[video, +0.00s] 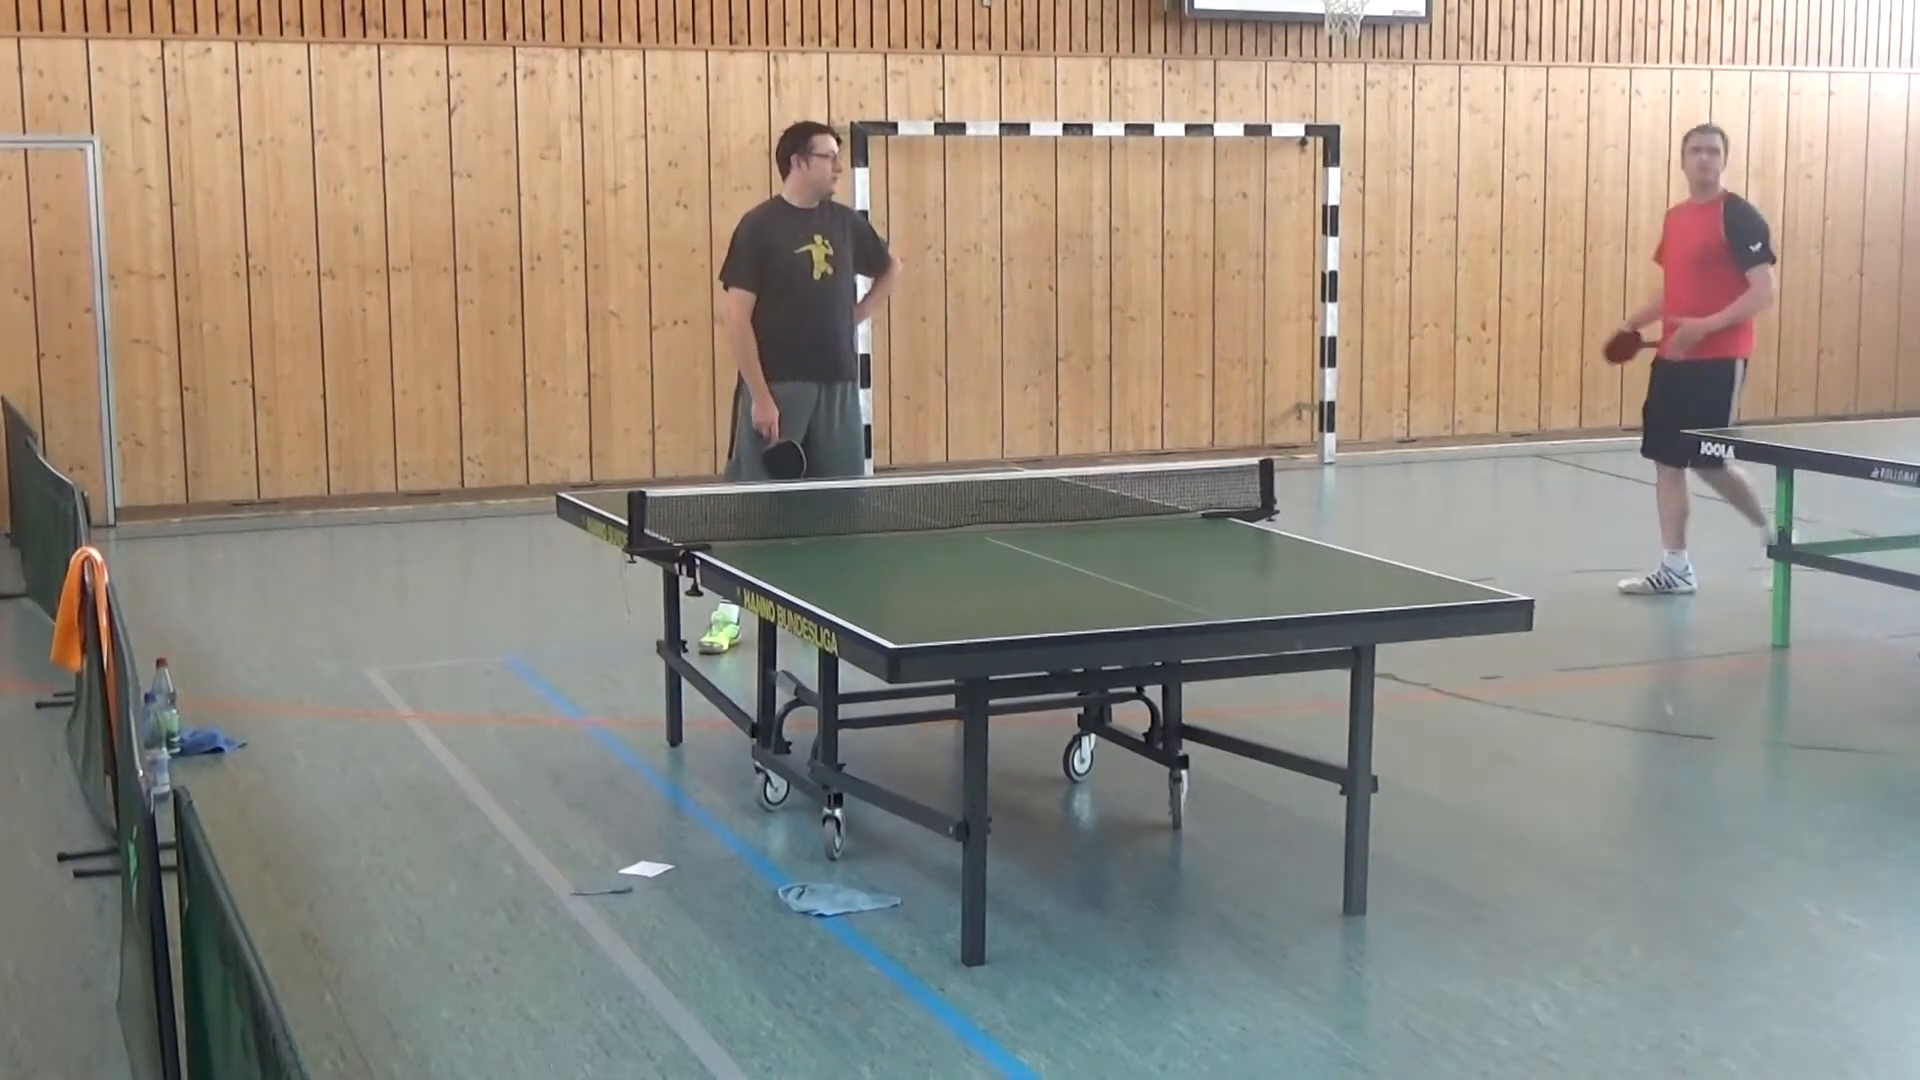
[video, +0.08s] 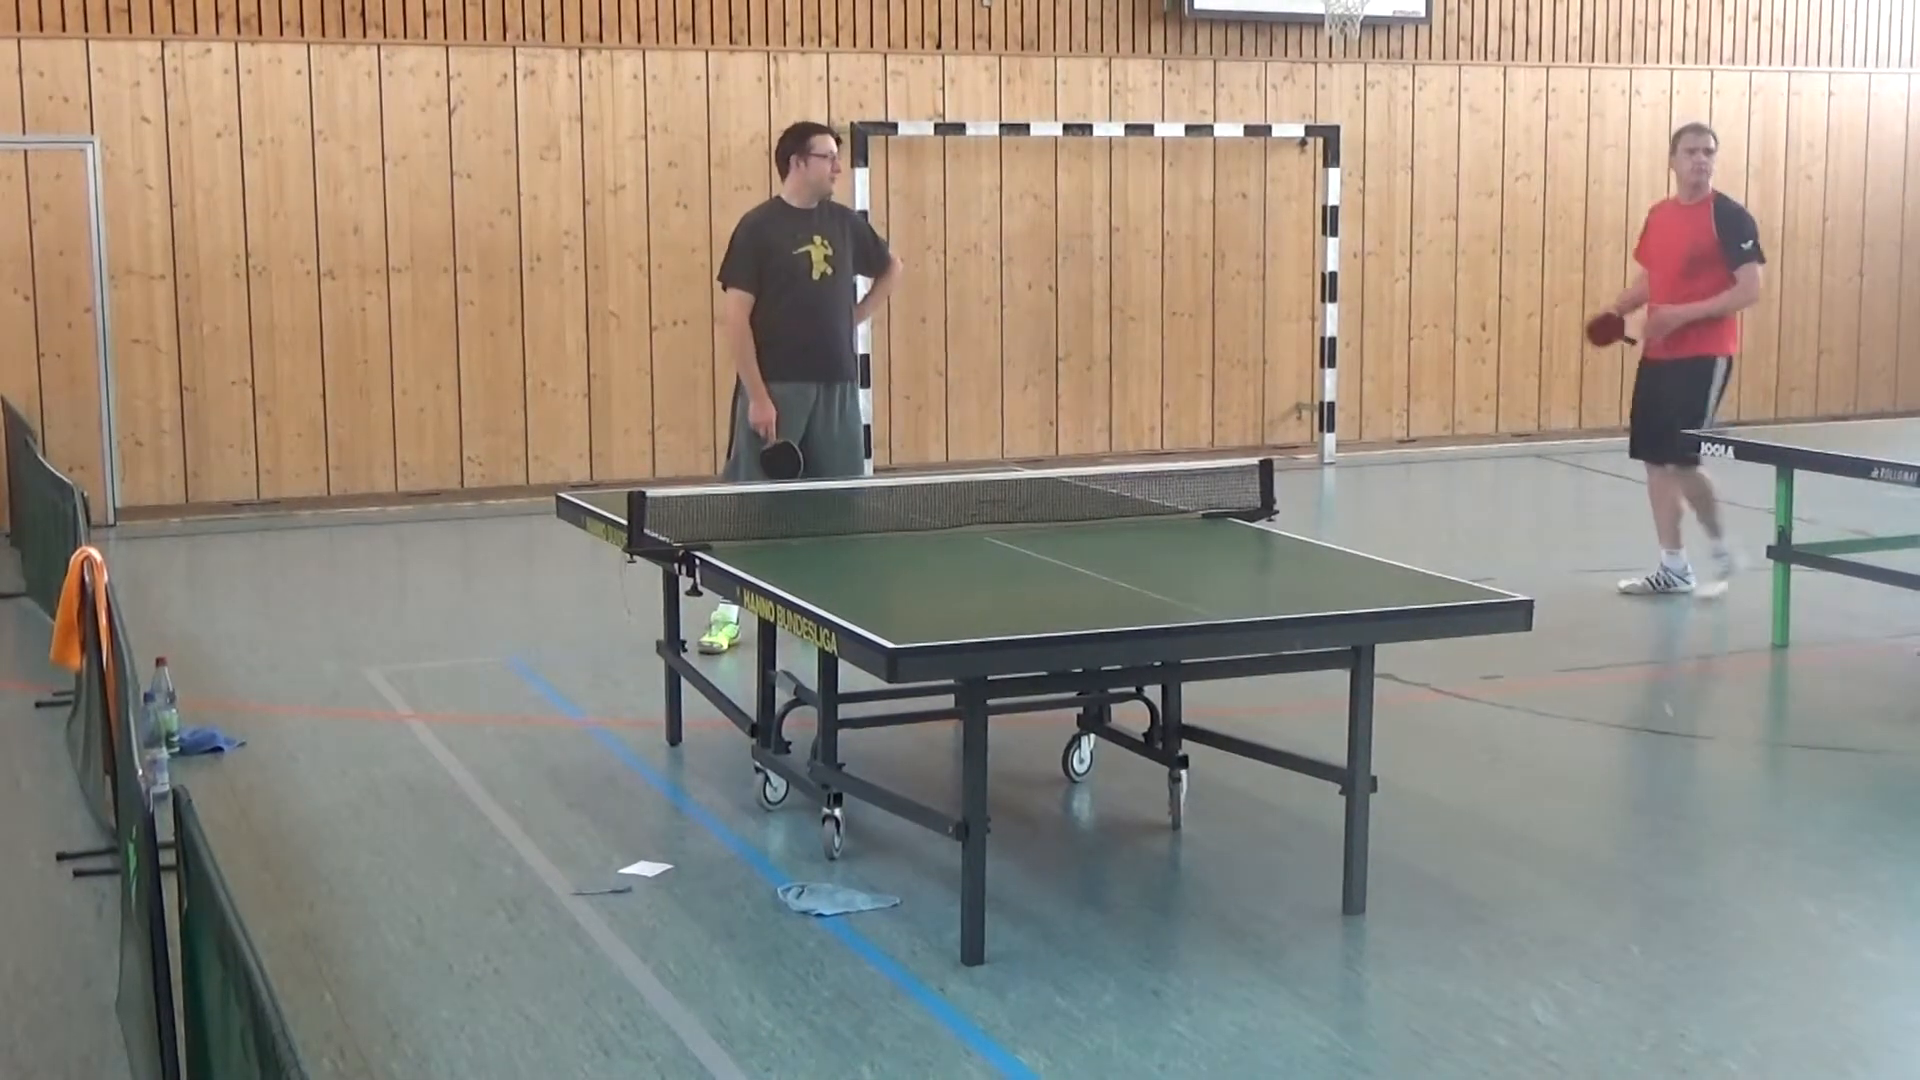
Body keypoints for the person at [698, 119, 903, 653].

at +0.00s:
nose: (838, 167)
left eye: (838, 158)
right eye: (828, 158)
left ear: (824, 166)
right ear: (795, 164)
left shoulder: (846, 222)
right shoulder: (757, 226)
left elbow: (889, 269)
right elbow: (735, 317)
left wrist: (857, 315)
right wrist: (759, 396)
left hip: (838, 388)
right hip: (776, 389)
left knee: (844, 507)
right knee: (750, 503)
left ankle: (844, 614)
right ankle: (729, 607)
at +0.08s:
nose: (835, 166)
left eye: (836, 158)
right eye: (825, 157)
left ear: (833, 166)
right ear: (793, 164)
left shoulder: (846, 223)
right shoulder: (757, 227)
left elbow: (890, 268)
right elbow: (734, 318)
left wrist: (858, 314)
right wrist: (756, 395)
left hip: (837, 389)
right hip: (774, 390)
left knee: (843, 507)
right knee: (749, 504)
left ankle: (843, 613)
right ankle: (728, 607)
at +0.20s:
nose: (834, 167)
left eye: (835, 158)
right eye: (824, 158)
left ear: (830, 166)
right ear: (792, 164)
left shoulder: (846, 223)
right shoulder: (755, 227)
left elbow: (890, 268)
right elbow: (732, 319)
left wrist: (858, 316)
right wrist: (755, 395)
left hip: (837, 390)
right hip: (773, 391)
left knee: (843, 509)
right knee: (748, 505)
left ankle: (841, 615)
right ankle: (727, 609)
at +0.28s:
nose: (834, 167)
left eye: (834, 158)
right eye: (823, 158)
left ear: (829, 165)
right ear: (792, 164)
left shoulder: (846, 223)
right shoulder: (755, 227)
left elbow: (892, 267)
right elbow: (732, 320)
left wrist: (859, 315)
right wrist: (755, 396)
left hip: (837, 390)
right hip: (772, 391)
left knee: (842, 509)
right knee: (747, 505)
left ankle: (839, 614)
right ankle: (727, 609)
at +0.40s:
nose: (829, 167)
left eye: (831, 159)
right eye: (817, 159)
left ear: (834, 165)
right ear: (787, 164)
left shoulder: (846, 223)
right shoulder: (754, 228)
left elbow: (896, 268)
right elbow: (731, 319)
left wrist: (857, 317)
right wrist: (754, 397)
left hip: (837, 391)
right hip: (771, 392)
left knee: (843, 509)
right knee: (746, 505)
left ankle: (843, 614)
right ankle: (728, 609)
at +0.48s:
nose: (822, 168)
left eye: (827, 160)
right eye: (811, 159)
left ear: (833, 166)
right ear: (784, 164)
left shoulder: (846, 223)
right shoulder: (754, 228)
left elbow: (896, 269)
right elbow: (730, 319)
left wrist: (858, 317)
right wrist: (754, 397)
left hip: (837, 391)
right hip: (771, 391)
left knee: (843, 509)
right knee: (747, 506)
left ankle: (843, 615)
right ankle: (728, 610)